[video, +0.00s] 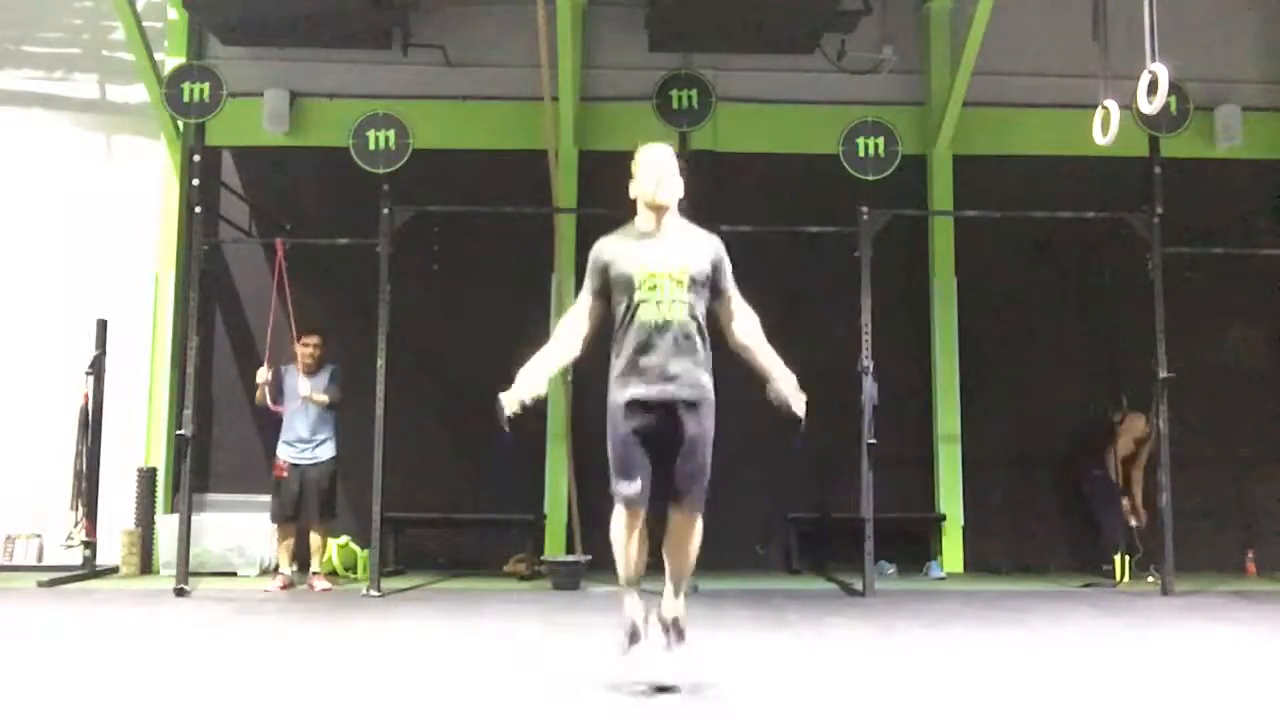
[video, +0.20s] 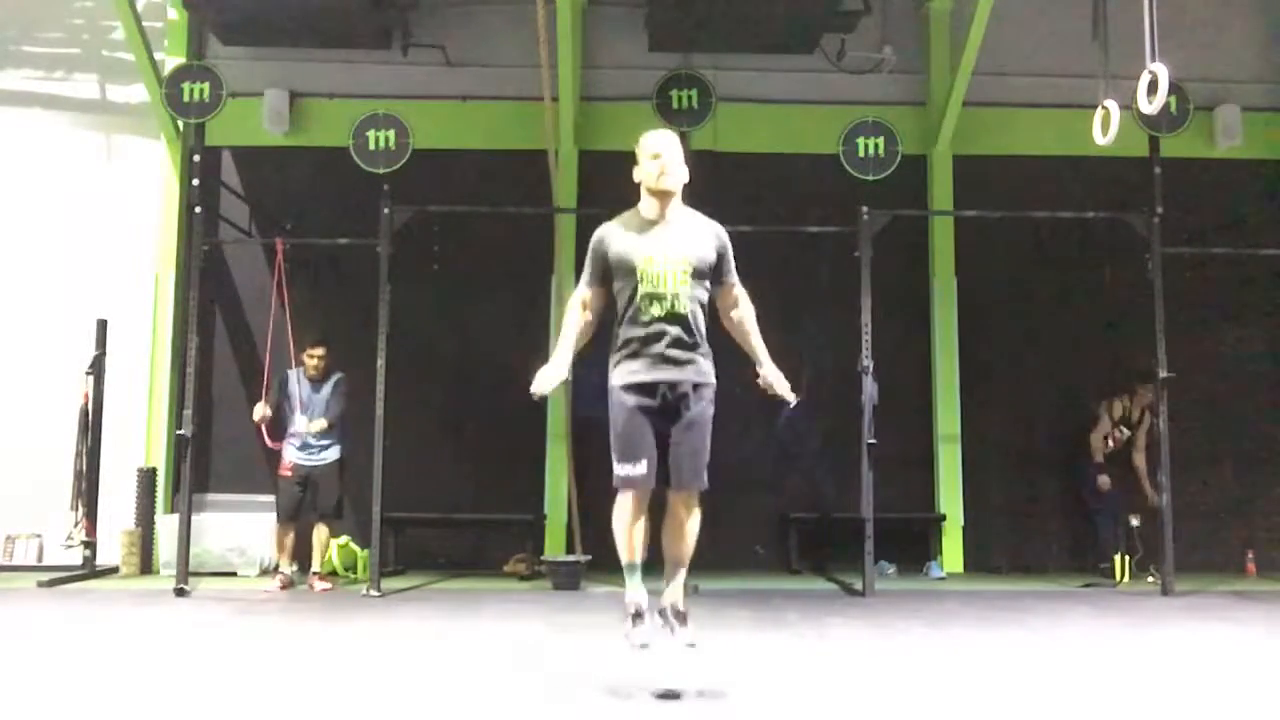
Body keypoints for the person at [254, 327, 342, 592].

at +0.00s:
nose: (310, 351)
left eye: (315, 347)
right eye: (305, 345)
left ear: (322, 351)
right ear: (296, 348)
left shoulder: (330, 373)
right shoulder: (284, 373)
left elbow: (333, 398)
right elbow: (263, 403)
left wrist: (311, 396)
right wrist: (263, 385)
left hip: (320, 453)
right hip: (288, 452)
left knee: (318, 517)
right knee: (285, 516)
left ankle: (316, 572)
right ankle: (284, 572)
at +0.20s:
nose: (315, 362)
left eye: (320, 357)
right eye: (311, 357)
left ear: (328, 359)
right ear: (302, 357)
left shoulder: (337, 381)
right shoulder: (288, 379)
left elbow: (337, 408)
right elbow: (274, 402)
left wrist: (325, 422)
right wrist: (265, 410)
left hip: (326, 458)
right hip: (293, 458)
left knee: (324, 516)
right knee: (286, 515)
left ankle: (316, 573)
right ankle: (284, 571)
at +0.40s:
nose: (320, 381)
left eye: (326, 376)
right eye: (316, 375)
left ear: (338, 374)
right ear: (311, 370)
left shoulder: (345, 395)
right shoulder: (298, 384)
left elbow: (340, 430)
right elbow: (281, 415)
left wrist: (320, 459)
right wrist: (273, 440)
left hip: (325, 456)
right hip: (293, 452)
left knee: (324, 515)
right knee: (262, 465)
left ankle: (316, 572)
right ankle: (269, 529)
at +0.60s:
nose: (327, 391)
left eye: (333, 388)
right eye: (325, 386)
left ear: (344, 384)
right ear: (320, 377)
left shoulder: (351, 404)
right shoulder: (304, 387)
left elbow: (346, 445)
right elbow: (289, 425)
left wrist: (325, 483)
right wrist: (285, 462)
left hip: (327, 454)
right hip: (300, 445)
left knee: (321, 514)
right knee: (255, 422)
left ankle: (316, 573)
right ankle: (291, 470)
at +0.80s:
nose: (330, 389)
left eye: (335, 385)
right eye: (327, 383)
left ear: (345, 382)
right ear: (322, 376)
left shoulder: (353, 398)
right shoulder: (307, 386)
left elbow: (345, 438)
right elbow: (289, 417)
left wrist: (317, 471)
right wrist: (278, 448)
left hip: (329, 454)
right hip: (300, 448)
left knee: (324, 515)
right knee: (263, 434)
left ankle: (316, 574)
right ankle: (292, 490)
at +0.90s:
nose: (329, 389)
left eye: (335, 385)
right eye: (326, 383)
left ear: (345, 382)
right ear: (322, 376)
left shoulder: (353, 400)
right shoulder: (308, 387)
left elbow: (339, 440)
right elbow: (285, 418)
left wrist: (312, 471)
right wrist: (271, 454)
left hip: (329, 454)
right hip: (301, 446)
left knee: (323, 514)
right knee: (270, 444)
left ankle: (316, 573)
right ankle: (292, 497)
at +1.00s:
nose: (325, 394)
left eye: (331, 391)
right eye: (323, 388)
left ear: (342, 387)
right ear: (319, 382)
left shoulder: (350, 400)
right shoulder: (305, 390)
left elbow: (339, 440)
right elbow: (283, 420)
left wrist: (314, 471)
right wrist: (271, 454)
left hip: (328, 455)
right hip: (299, 445)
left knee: (322, 514)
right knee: (281, 446)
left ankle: (316, 572)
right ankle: (293, 496)